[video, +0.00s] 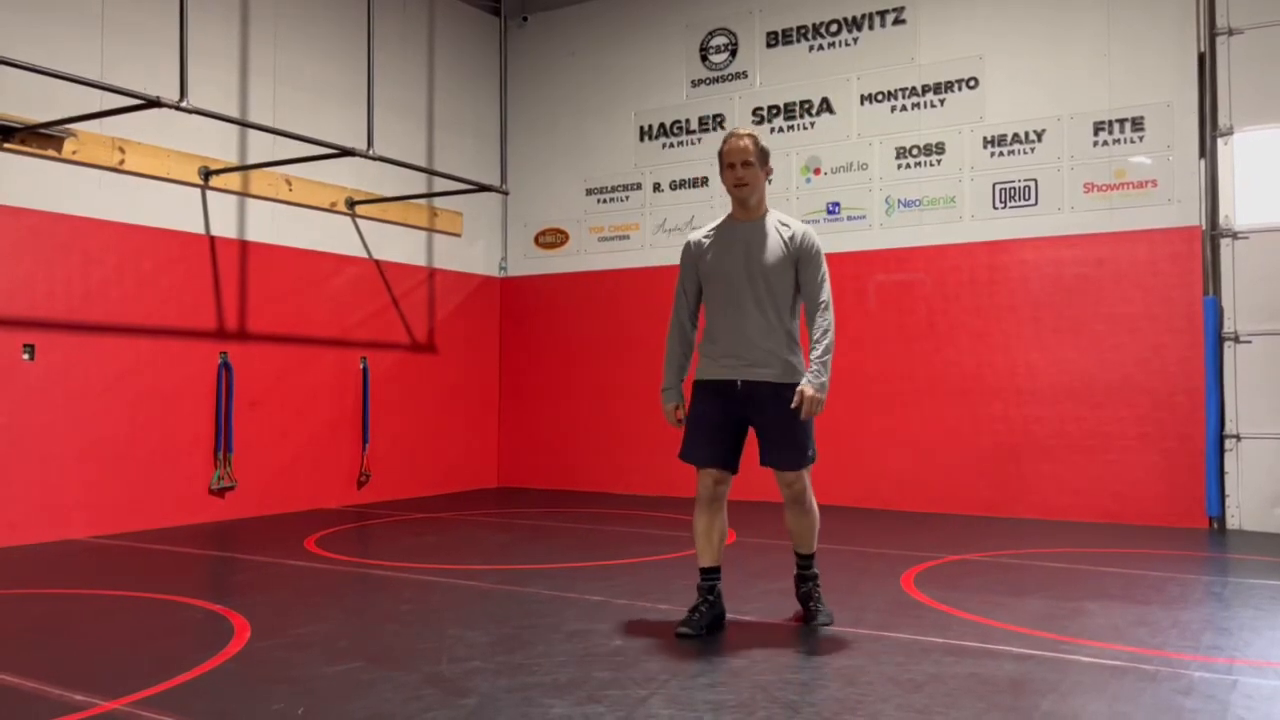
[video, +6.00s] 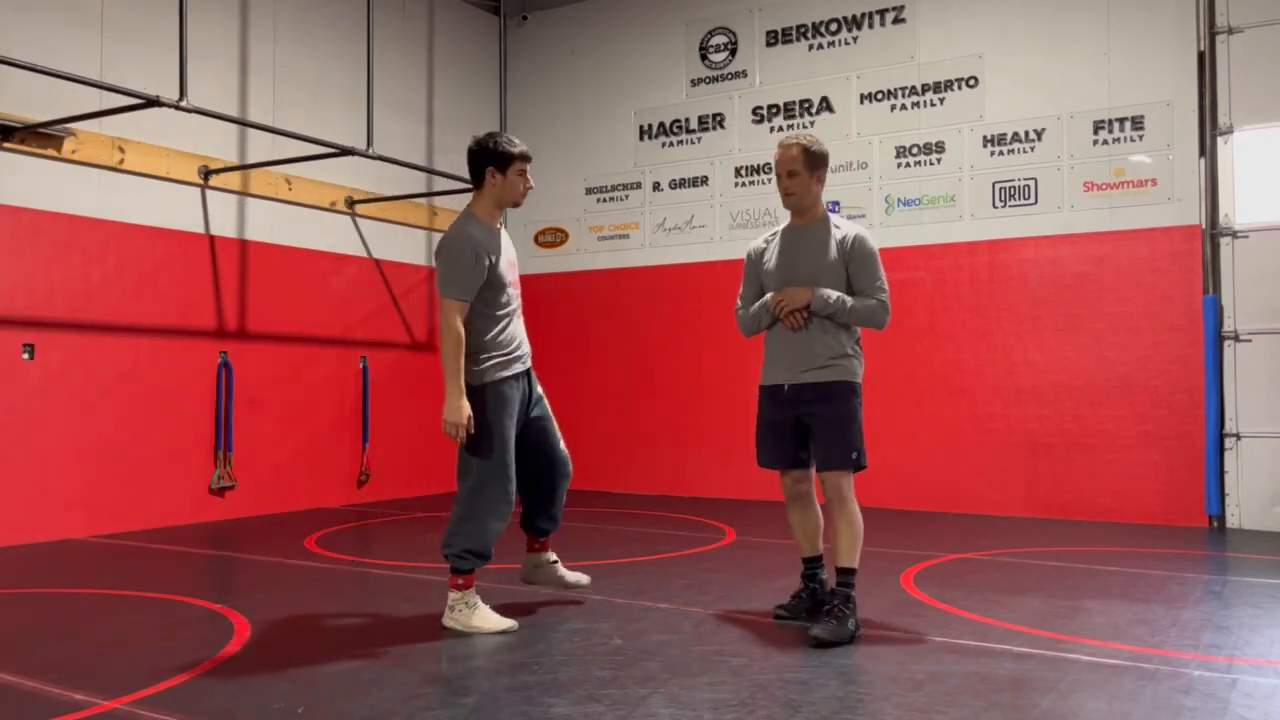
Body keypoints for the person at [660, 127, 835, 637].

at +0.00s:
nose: (737, 173)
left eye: (746, 164)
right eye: (729, 165)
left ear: (766, 170)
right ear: (720, 174)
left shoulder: (798, 239)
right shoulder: (700, 245)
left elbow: (821, 315)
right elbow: (682, 322)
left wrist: (817, 378)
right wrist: (672, 386)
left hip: (780, 386)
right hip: (717, 387)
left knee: (796, 489)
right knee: (710, 488)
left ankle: (808, 585)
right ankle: (709, 601)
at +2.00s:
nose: (711, 188)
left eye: (720, 179)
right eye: (705, 180)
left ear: (742, 184)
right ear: (697, 187)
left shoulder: (771, 246)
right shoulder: (683, 256)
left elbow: (786, 323)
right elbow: (669, 330)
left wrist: (773, 382)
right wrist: (662, 390)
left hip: (755, 386)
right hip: (702, 390)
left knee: (772, 478)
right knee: (713, 482)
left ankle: (792, 586)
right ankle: (726, 584)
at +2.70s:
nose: (764, 176)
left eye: (773, 169)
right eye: (756, 169)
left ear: (789, 179)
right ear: (745, 179)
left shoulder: (815, 246)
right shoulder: (719, 248)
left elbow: (838, 314)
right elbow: (704, 317)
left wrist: (812, 348)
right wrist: (721, 368)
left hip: (797, 388)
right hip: (740, 389)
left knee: (803, 487)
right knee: (731, 485)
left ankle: (808, 593)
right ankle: (729, 583)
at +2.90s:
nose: (779, 175)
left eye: (789, 168)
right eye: (772, 167)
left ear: (808, 177)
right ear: (762, 176)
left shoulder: (835, 242)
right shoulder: (736, 246)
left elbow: (850, 313)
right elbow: (714, 318)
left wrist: (803, 286)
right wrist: (768, 313)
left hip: (815, 381)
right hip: (754, 382)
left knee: (815, 490)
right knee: (732, 487)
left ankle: (811, 592)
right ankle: (730, 573)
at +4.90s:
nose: (784, 160)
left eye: (795, 151)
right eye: (778, 151)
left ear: (820, 156)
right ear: (772, 159)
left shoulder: (850, 228)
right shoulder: (752, 235)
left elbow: (863, 305)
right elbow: (725, 303)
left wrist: (807, 266)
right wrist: (744, 306)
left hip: (824, 378)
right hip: (761, 379)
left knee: (832, 494)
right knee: (750, 491)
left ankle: (842, 610)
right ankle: (743, 615)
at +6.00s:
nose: (783, 184)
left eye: (793, 175)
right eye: (778, 176)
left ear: (820, 178)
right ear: (775, 182)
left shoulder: (852, 243)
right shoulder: (763, 251)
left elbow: (879, 313)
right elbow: (746, 321)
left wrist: (815, 297)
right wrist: (772, 305)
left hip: (834, 381)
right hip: (780, 384)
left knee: (836, 487)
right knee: (796, 487)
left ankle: (844, 602)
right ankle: (814, 587)